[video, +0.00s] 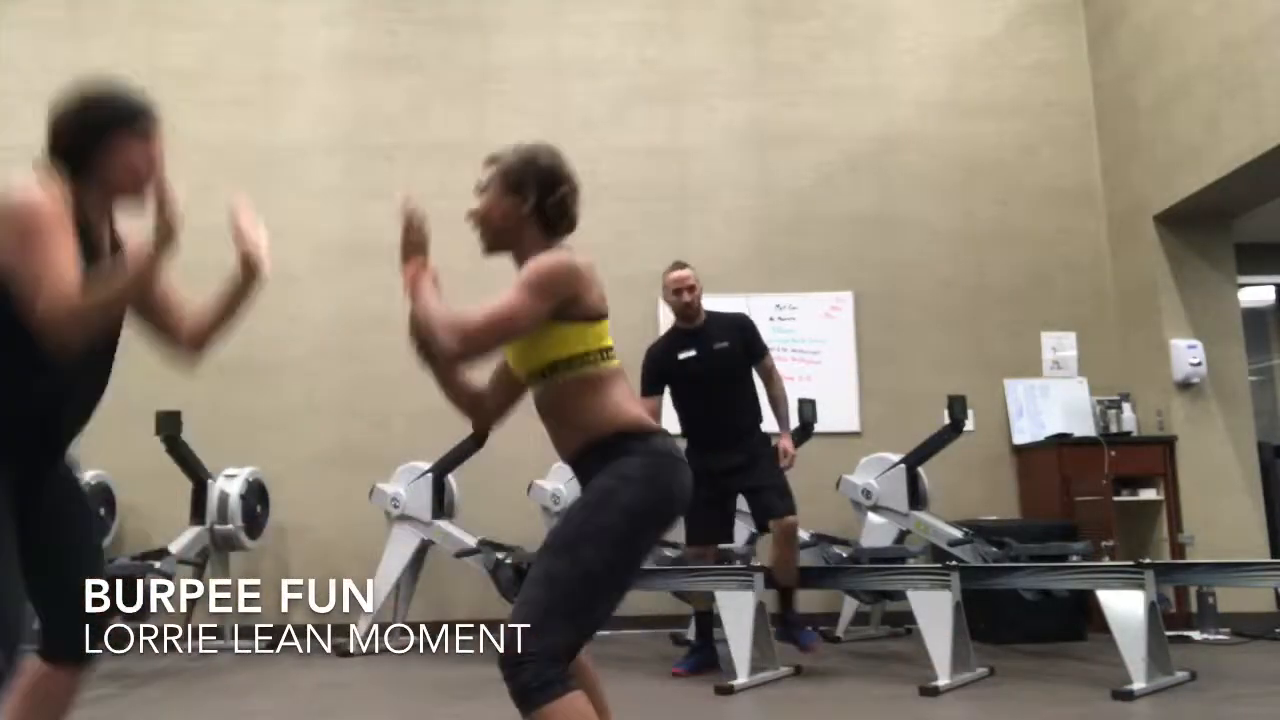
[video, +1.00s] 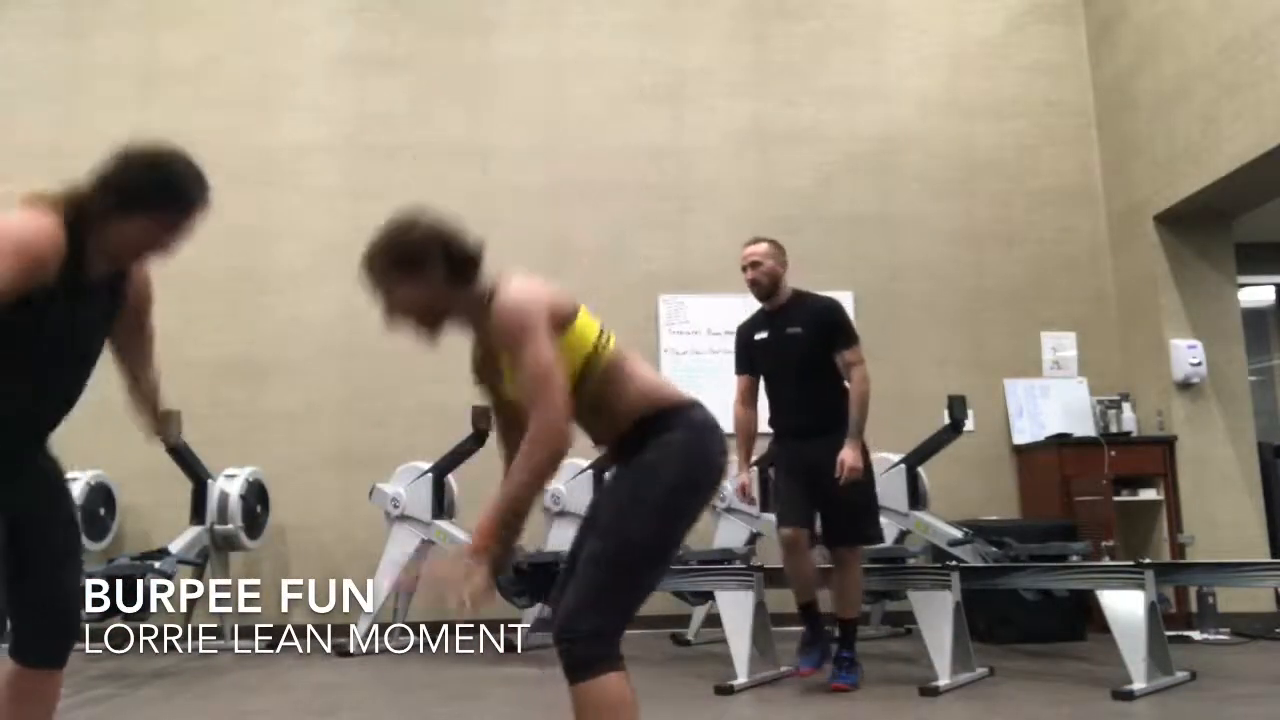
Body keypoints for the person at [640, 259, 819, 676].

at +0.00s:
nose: (687, 297)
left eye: (691, 288)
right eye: (678, 292)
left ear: (701, 290)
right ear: (666, 299)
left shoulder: (737, 327)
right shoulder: (659, 354)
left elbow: (771, 378)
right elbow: (650, 419)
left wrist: (785, 432)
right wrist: (656, 472)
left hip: (752, 450)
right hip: (703, 458)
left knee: (785, 523)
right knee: (700, 551)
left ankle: (787, 620)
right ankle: (703, 643)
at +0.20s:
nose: (722, 295)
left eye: (728, 286)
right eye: (714, 288)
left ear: (739, 288)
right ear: (702, 295)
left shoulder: (773, 331)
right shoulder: (691, 350)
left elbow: (805, 386)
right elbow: (678, 420)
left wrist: (813, 444)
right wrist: (678, 481)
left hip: (777, 460)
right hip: (725, 464)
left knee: (804, 549)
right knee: (706, 554)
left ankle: (838, 644)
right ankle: (704, 644)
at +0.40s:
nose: (766, 280)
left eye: (774, 271)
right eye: (760, 272)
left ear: (791, 275)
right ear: (751, 278)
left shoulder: (823, 322)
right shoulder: (738, 331)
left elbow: (858, 379)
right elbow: (730, 398)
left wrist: (868, 446)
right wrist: (733, 461)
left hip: (814, 452)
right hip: (764, 453)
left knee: (828, 551)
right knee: (747, 551)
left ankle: (843, 654)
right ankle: (736, 647)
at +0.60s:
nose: (773, 275)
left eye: (782, 266)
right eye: (767, 268)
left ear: (802, 270)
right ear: (761, 274)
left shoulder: (836, 318)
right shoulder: (754, 327)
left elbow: (871, 377)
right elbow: (750, 395)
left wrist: (877, 446)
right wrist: (764, 449)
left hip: (832, 444)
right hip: (784, 446)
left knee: (836, 545)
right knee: (781, 540)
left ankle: (845, 651)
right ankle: (815, 627)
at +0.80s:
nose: (766, 275)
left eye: (774, 266)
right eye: (759, 268)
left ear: (796, 268)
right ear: (755, 275)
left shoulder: (835, 315)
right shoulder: (755, 331)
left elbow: (871, 376)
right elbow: (750, 399)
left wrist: (866, 446)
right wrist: (755, 457)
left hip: (845, 447)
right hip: (796, 450)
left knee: (850, 549)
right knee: (804, 549)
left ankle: (847, 650)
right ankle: (834, 625)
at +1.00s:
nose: (751, 274)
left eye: (758, 265)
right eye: (746, 269)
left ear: (783, 265)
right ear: (743, 277)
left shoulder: (824, 311)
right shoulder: (749, 333)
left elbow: (858, 373)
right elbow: (745, 402)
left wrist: (854, 441)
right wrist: (744, 465)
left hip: (838, 447)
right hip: (789, 449)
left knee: (845, 549)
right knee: (791, 537)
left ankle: (846, 650)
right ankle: (813, 632)